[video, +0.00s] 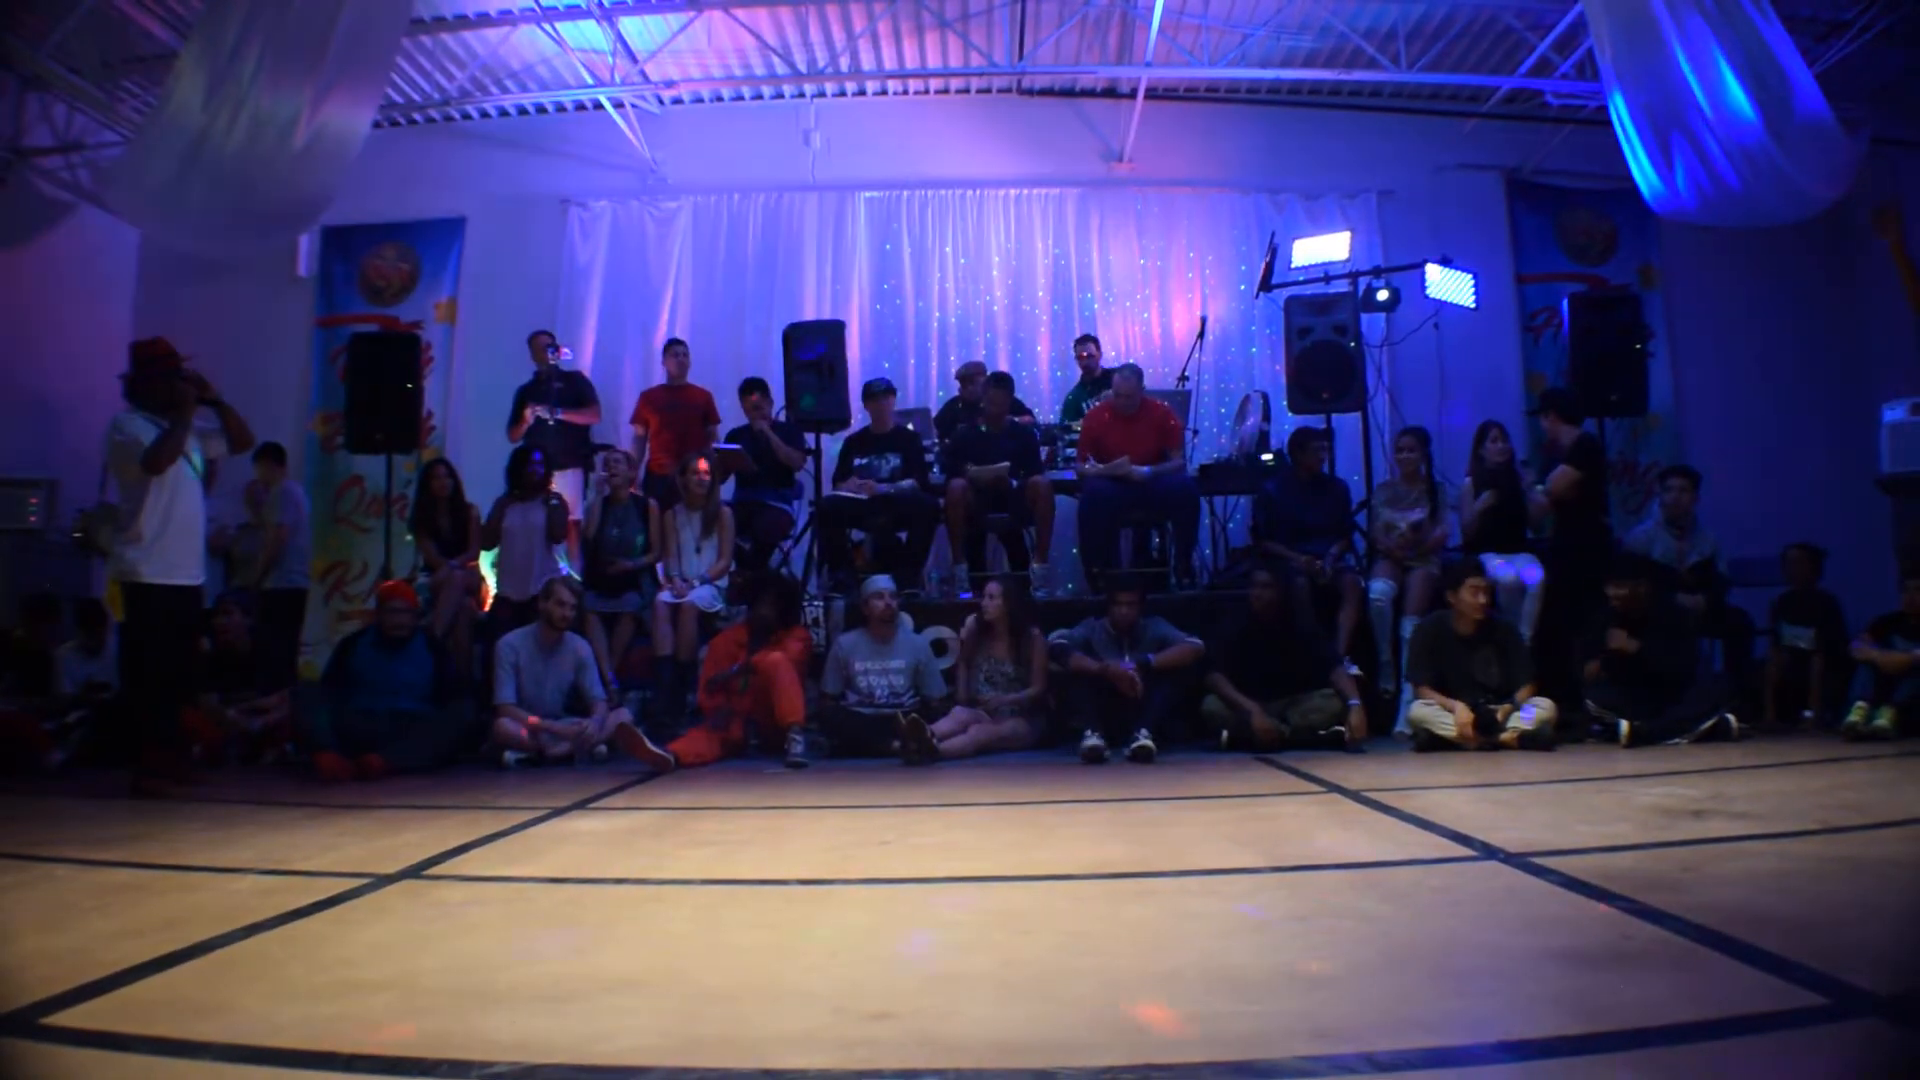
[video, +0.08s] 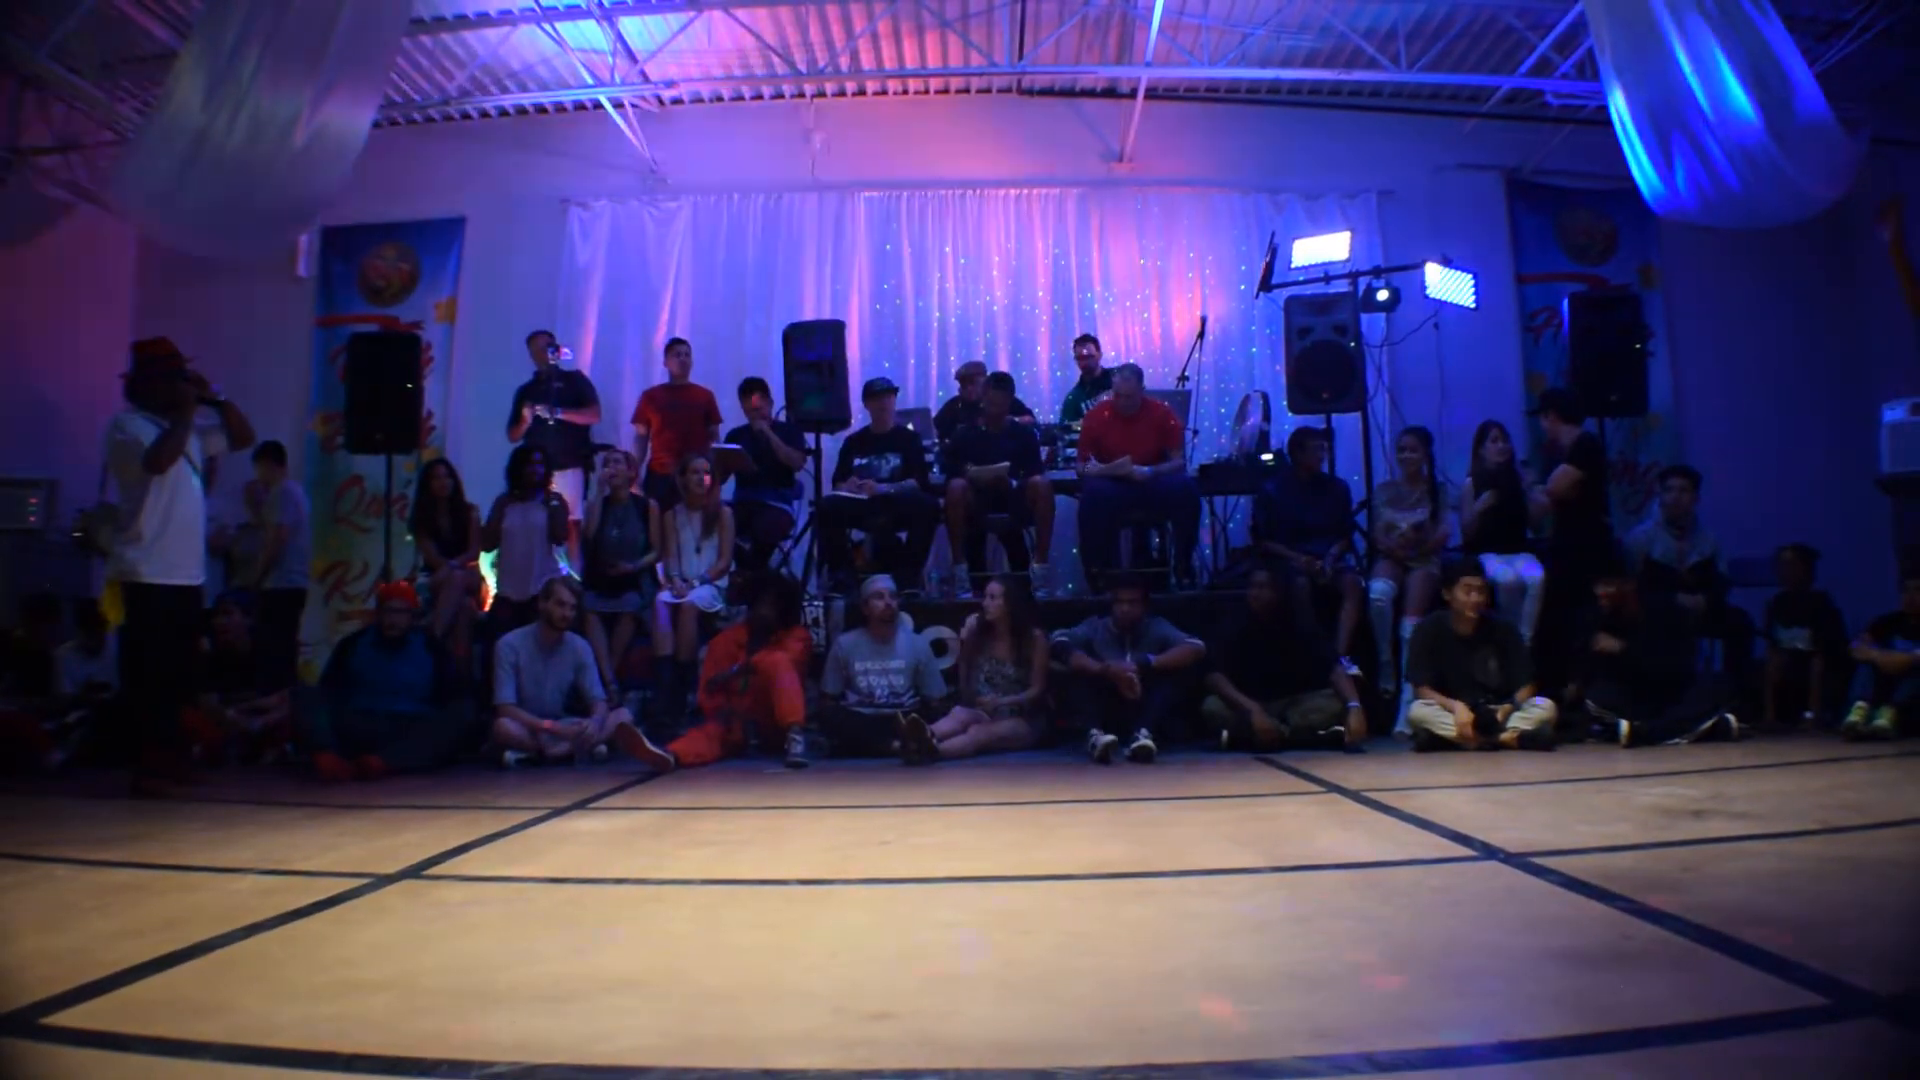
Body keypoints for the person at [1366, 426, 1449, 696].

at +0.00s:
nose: (1404, 457)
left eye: (1411, 451)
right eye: (1399, 451)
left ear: (1423, 454)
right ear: (1394, 455)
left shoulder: (1437, 491)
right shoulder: (1383, 492)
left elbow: (1443, 531)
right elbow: (1375, 533)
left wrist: (1416, 549)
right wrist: (1391, 547)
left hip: (1422, 557)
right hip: (1389, 557)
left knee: (1410, 625)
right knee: (1378, 596)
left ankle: (1408, 685)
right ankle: (1385, 669)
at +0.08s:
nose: (1406, 457)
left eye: (1413, 451)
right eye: (1401, 450)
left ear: (1426, 454)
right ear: (1395, 455)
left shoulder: (1439, 491)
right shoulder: (1384, 492)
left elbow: (1444, 533)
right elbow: (1376, 534)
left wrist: (1416, 550)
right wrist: (1393, 548)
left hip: (1423, 557)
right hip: (1390, 557)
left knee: (1411, 626)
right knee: (1378, 595)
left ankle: (1408, 689)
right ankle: (1385, 668)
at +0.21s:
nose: (1405, 457)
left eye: (1412, 451)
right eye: (1401, 451)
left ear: (1427, 454)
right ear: (1396, 454)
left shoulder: (1443, 491)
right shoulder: (1386, 492)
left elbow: (1447, 532)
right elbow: (1378, 532)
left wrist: (1418, 547)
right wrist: (1395, 547)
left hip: (1425, 557)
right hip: (1391, 557)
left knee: (1411, 626)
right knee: (1379, 595)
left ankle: (1408, 690)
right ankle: (1386, 670)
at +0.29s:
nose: (1403, 456)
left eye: (1410, 450)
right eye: (1400, 450)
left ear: (1428, 453)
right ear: (1396, 455)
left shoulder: (1444, 491)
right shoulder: (1387, 491)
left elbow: (1448, 532)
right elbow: (1379, 534)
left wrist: (1418, 547)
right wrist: (1394, 546)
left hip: (1426, 558)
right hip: (1392, 558)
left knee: (1412, 627)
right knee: (1379, 597)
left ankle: (1409, 690)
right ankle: (1386, 670)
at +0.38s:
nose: (1404, 456)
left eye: (1410, 450)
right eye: (1401, 450)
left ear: (1428, 454)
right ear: (1397, 455)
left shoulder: (1445, 491)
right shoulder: (1390, 492)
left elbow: (1449, 534)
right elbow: (1380, 533)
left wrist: (1418, 545)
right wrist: (1394, 546)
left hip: (1426, 559)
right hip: (1392, 558)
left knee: (1411, 628)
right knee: (1379, 599)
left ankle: (1408, 696)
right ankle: (1386, 669)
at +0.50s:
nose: (1404, 455)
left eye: (1411, 448)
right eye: (1402, 448)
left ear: (1429, 452)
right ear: (1399, 454)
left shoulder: (1446, 490)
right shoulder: (1393, 491)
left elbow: (1452, 533)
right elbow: (1383, 534)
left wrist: (1420, 543)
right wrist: (1401, 542)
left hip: (1428, 556)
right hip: (1395, 556)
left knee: (1414, 627)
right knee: (1381, 594)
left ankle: (1410, 702)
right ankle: (1387, 669)